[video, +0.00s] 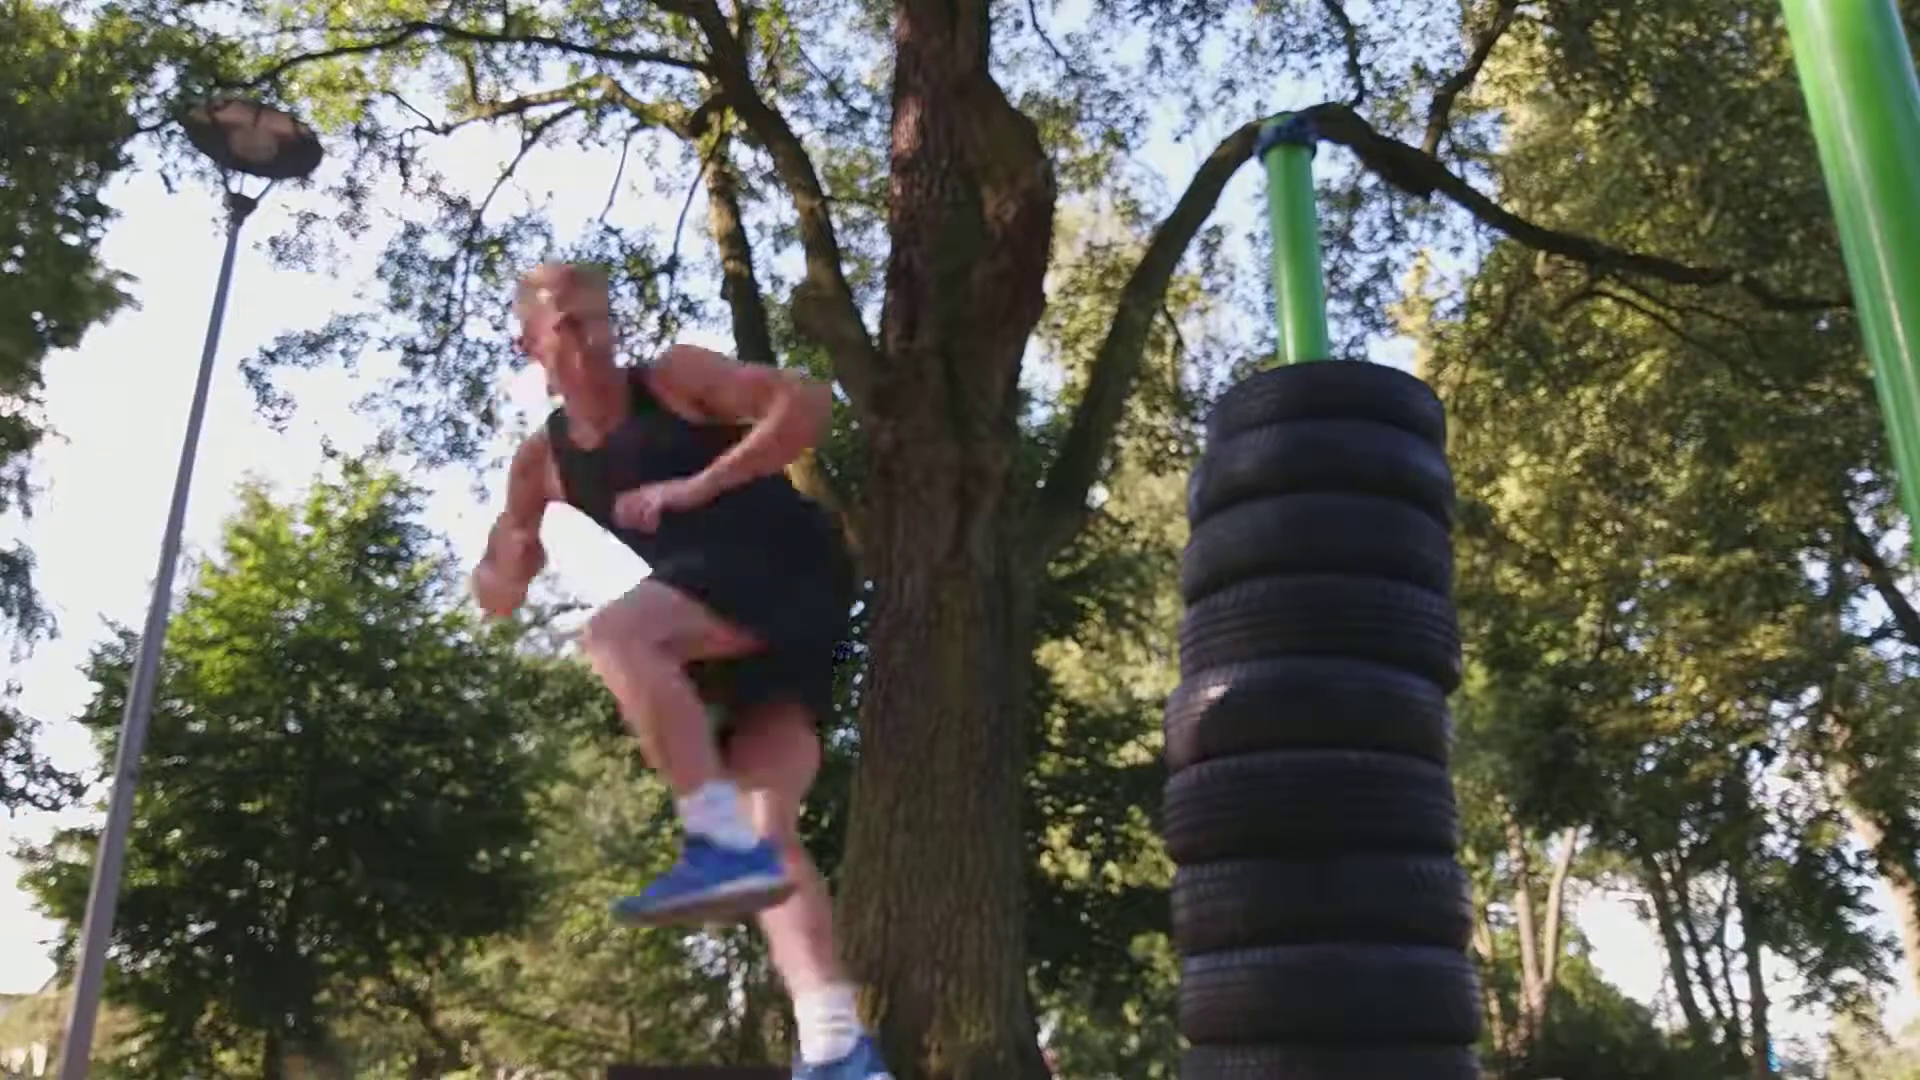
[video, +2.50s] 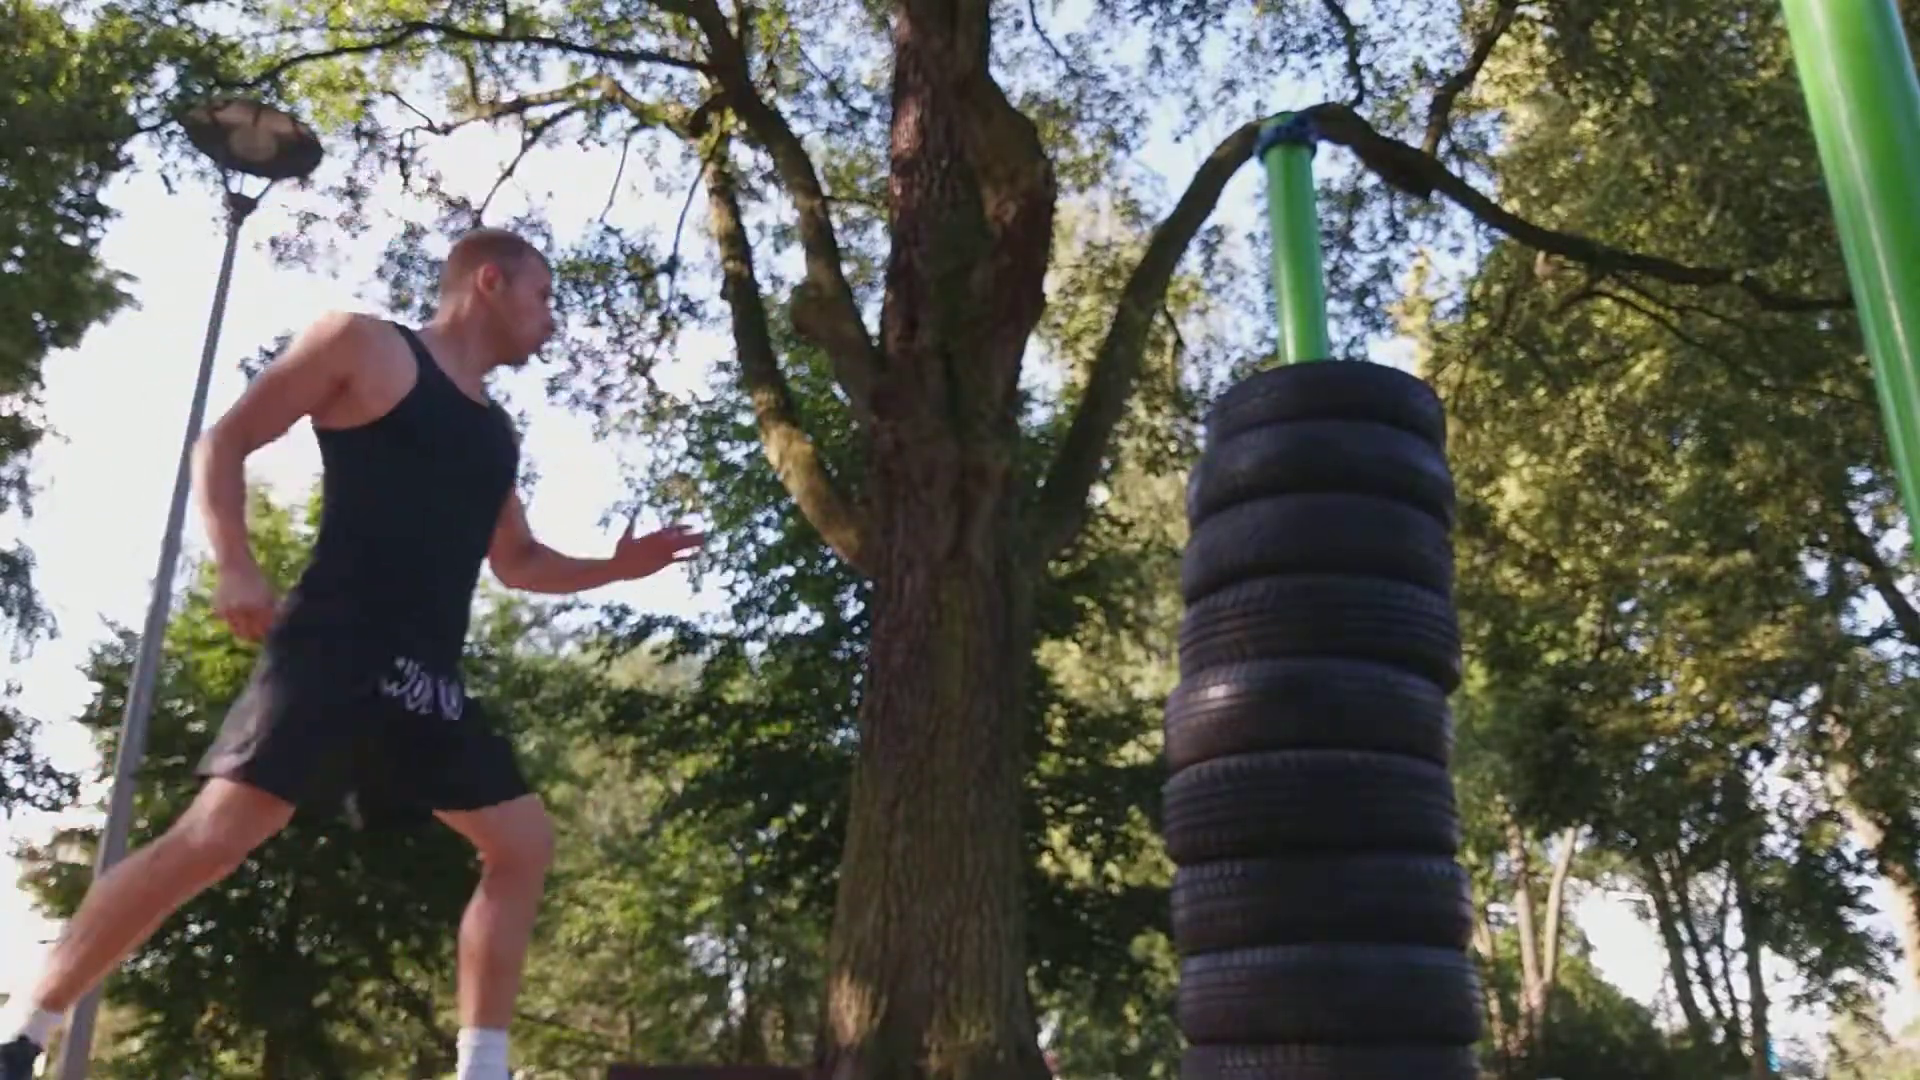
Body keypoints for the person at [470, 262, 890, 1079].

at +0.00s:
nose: (590, 337)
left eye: (596, 319)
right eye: (568, 326)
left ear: (614, 323)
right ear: (531, 347)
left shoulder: (671, 374)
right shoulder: (544, 461)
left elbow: (804, 402)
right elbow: (495, 599)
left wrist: (701, 484)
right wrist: (504, 560)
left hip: (780, 550)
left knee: (618, 633)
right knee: (759, 827)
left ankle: (723, 838)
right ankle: (835, 1047)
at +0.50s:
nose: (597, 386)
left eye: (605, 356)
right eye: (571, 376)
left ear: (643, 337)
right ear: (553, 392)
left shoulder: (740, 354)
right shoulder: (618, 516)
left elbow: (892, 332)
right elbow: (712, 650)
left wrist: (1021, 373)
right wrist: (821, 722)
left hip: (953, 521)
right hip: (888, 634)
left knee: (1095, 533)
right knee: (897, 839)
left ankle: (1147, 589)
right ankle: (895, 1065)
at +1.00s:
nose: (716, 16)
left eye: (736, 5)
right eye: (691, 1)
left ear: (755, 35)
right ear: (646, 29)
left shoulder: (806, 140)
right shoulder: (620, 193)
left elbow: (909, 277)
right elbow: (504, 329)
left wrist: (756, 312)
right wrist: (495, 216)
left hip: (783, 485)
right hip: (645, 490)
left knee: (836, 738)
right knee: (476, 674)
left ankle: (881, 1044)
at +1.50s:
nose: (600, 148)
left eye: (604, 127)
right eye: (595, 119)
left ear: (537, 109)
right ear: (537, 96)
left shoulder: (498, 246)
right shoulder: (421, 111)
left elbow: (485, 420)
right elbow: (354, 204)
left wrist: (582, 385)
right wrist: (506, 349)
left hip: (480, 519)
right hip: (385, 479)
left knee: (532, 777)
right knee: (333, 703)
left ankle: (362, 1035)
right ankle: (226, 1040)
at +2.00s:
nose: (481, 228)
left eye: (487, 211)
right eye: (474, 201)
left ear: (421, 191)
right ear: (409, 176)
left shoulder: (380, 317)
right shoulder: (295, 212)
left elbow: (331, 482)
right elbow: (276, 315)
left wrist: (429, 474)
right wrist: (431, 341)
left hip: (324, 593)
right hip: (220, 557)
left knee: (346, 817)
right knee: (138, 790)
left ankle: (235, 1068)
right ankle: (4, 1009)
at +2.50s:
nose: (555, 318)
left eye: (557, 301)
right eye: (545, 293)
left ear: (492, 292)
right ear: (485, 282)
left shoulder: (494, 434)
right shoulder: (365, 344)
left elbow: (517, 562)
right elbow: (224, 443)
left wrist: (614, 567)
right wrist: (235, 567)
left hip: (428, 685)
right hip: (328, 655)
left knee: (522, 842)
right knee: (212, 839)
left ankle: (483, 1073)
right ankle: (21, 1031)